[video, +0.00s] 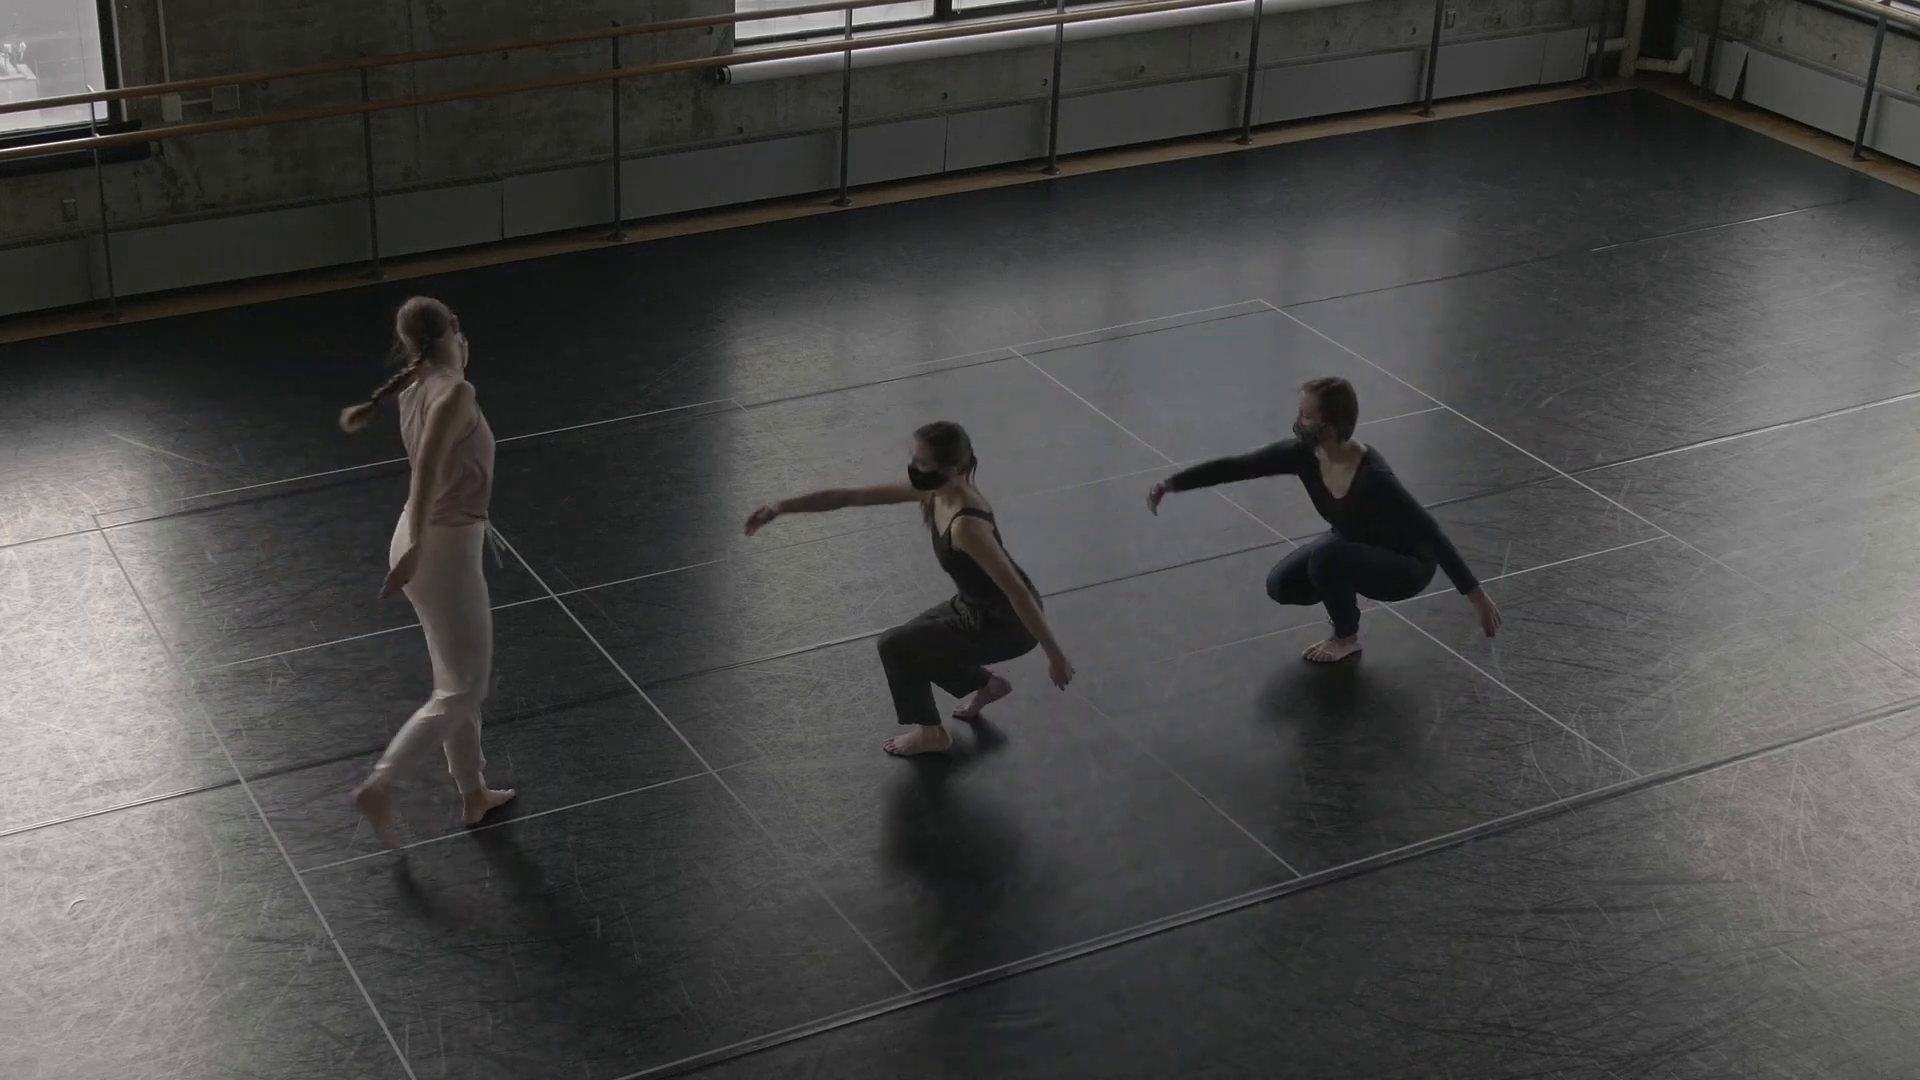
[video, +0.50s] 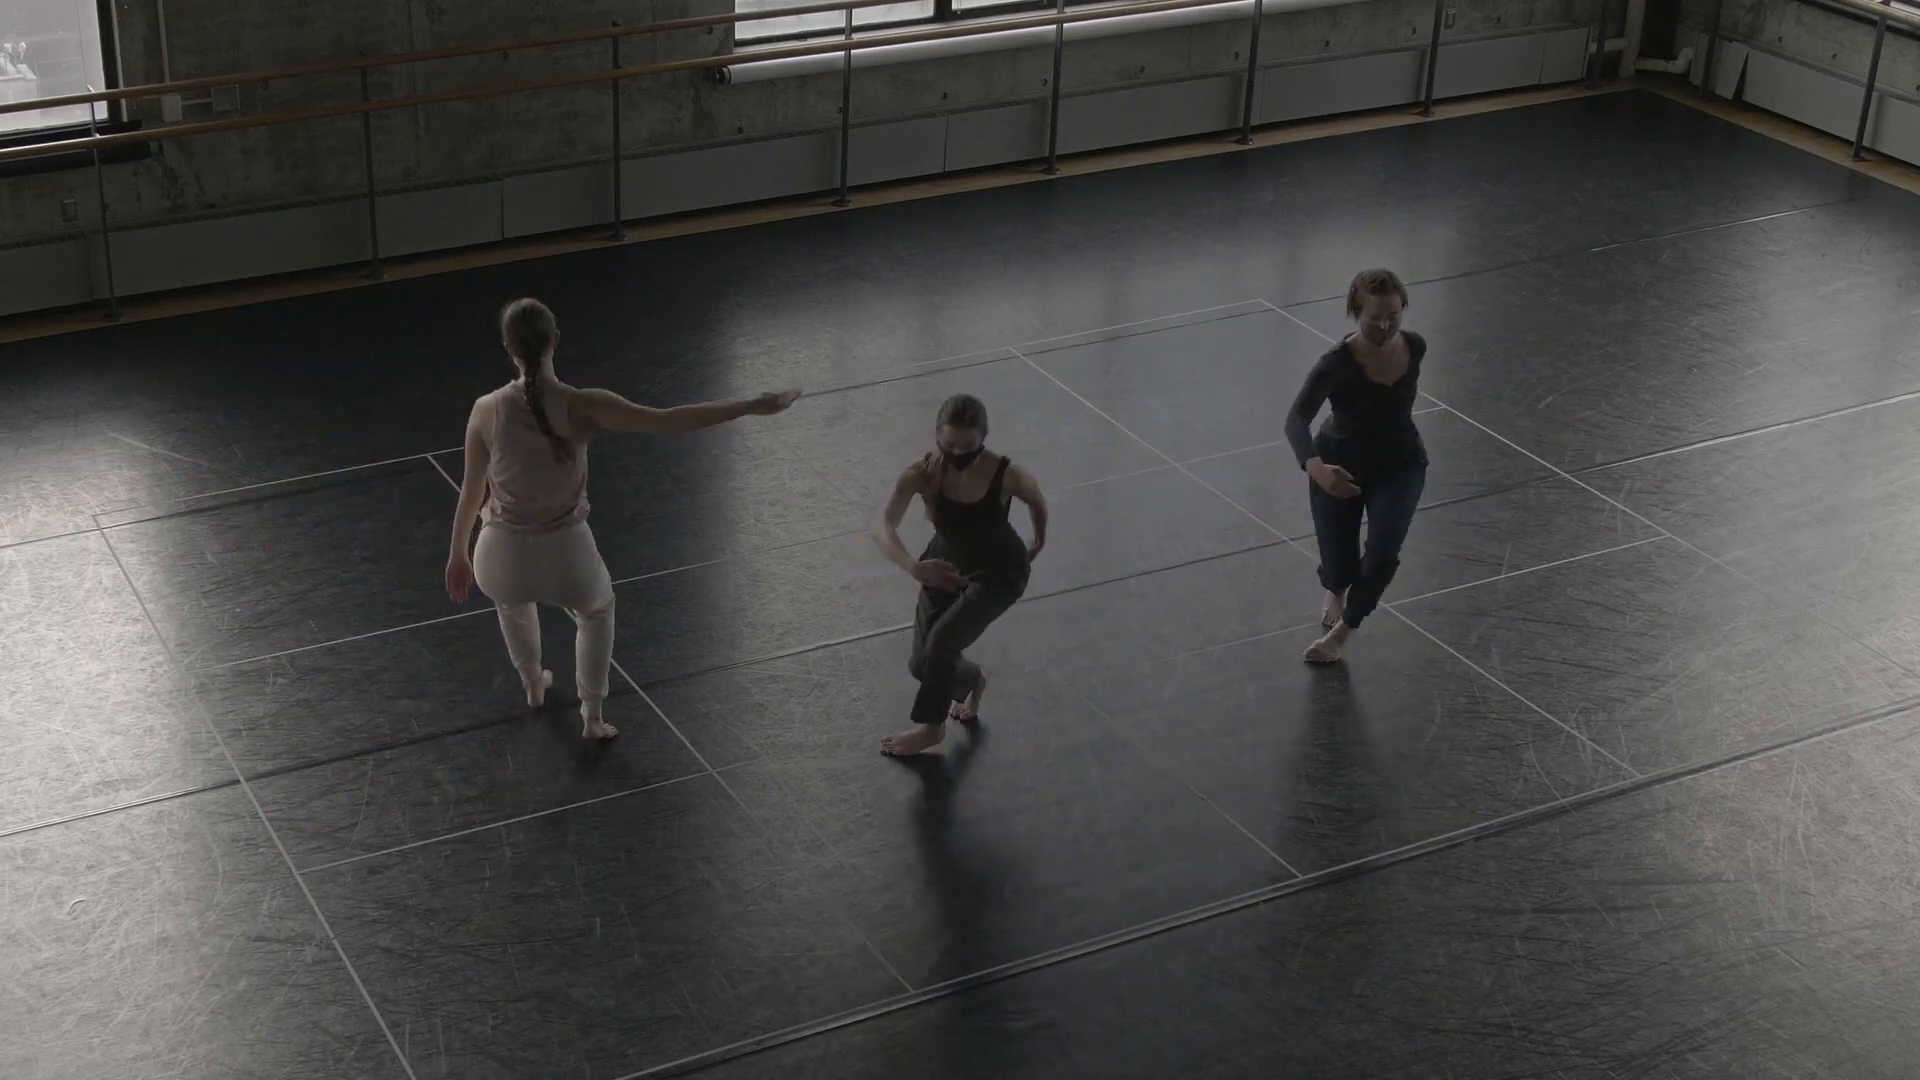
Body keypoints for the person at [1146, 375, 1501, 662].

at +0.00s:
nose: (1295, 422)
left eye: (1304, 416)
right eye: (1297, 413)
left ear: (1330, 427)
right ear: (1321, 423)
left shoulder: (1374, 476)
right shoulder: (1302, 454)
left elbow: (1430, 534)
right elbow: (1238, 468)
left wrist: (1476, 594)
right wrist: (1172, 483)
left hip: (1405, 562)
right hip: (1353, 544)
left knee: (1325, 559)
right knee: (1280, 586)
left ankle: (1347, 636)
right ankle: (1346, 594)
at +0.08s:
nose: (1302, 424)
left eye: (1310, 418)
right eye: (1302, 415)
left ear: (1336, 427)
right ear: (1324, 424)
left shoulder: (1381, 469)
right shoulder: (1303, 458)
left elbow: (1434, 522)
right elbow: (1246, 481)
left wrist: (1477, 579)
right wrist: (1181, 507)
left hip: (1401, 561)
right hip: (1342, 546)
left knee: (1331, 559)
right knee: (1278, 597)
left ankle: (1347, 637)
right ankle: (1340, 577)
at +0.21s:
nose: (1323, 399)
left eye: (1331, 392)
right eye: (1320, 391)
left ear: (1357, 395)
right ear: (1316, 390)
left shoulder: (1397, 438)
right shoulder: (1311, 435)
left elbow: (1428, 475)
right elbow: (1258, 462)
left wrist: (1447, 511)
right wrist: (1210, 497)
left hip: (1398, 532)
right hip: (1339, 526)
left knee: (1328, 560)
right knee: (1287, 599)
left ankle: (1344, 636)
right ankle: (1341, 587)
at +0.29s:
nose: (1342, 373)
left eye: (1352, 365)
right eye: (1337, 364)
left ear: (1375, 363)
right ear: (1329, 360)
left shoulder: (1406, 406)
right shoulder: (1318, 407)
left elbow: (1418, 461)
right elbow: (1264, 445)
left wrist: (1389, 479)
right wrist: (1237, 481)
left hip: (1397, 509)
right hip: (1338, 503)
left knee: (1333, 557)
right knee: (1298, 594)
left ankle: (1343, 634)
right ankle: (1343, 588)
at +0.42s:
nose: (1370, 338)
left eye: (1379, 329)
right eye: (1362, 330)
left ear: (1395, 324)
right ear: (1347, 325)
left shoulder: (1410, 364)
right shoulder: (1330, 374)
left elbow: (1398, 412)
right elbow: (1281, 424)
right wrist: (1285, 468)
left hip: (1398, 475)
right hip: (1338, 473)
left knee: (1356, 552)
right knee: (1321, 575)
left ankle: (1341, 633)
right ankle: (1344, 595)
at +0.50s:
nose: (1385, 325)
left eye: (1393, 315)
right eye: (1375, 317)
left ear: (1403, 311)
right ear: (1356, 314)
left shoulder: (1413, 348)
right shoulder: (1337, 363)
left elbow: (1400, 401)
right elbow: (1296, 421)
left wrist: (1397, 438)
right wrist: (1312, 465)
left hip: (1398, 461)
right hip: (1340, 461)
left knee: (1382, 558)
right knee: (1337, 562)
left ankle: (1341, 633)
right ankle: (1335, 597)